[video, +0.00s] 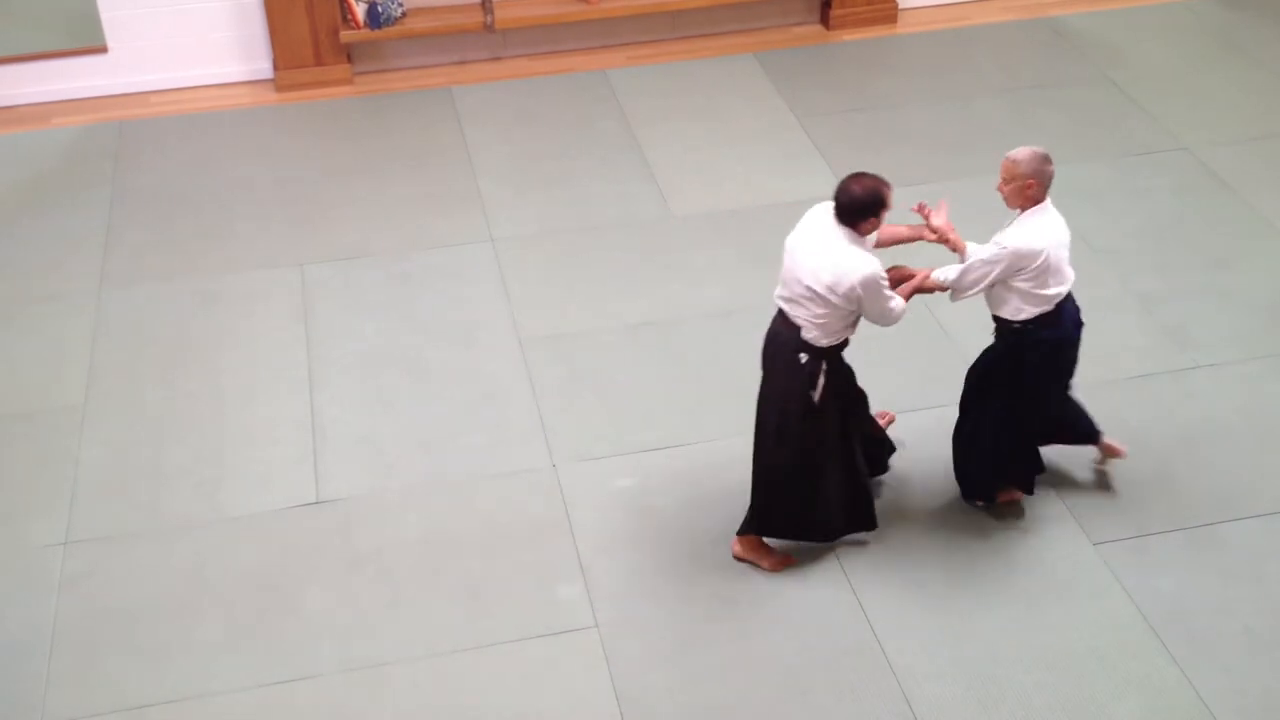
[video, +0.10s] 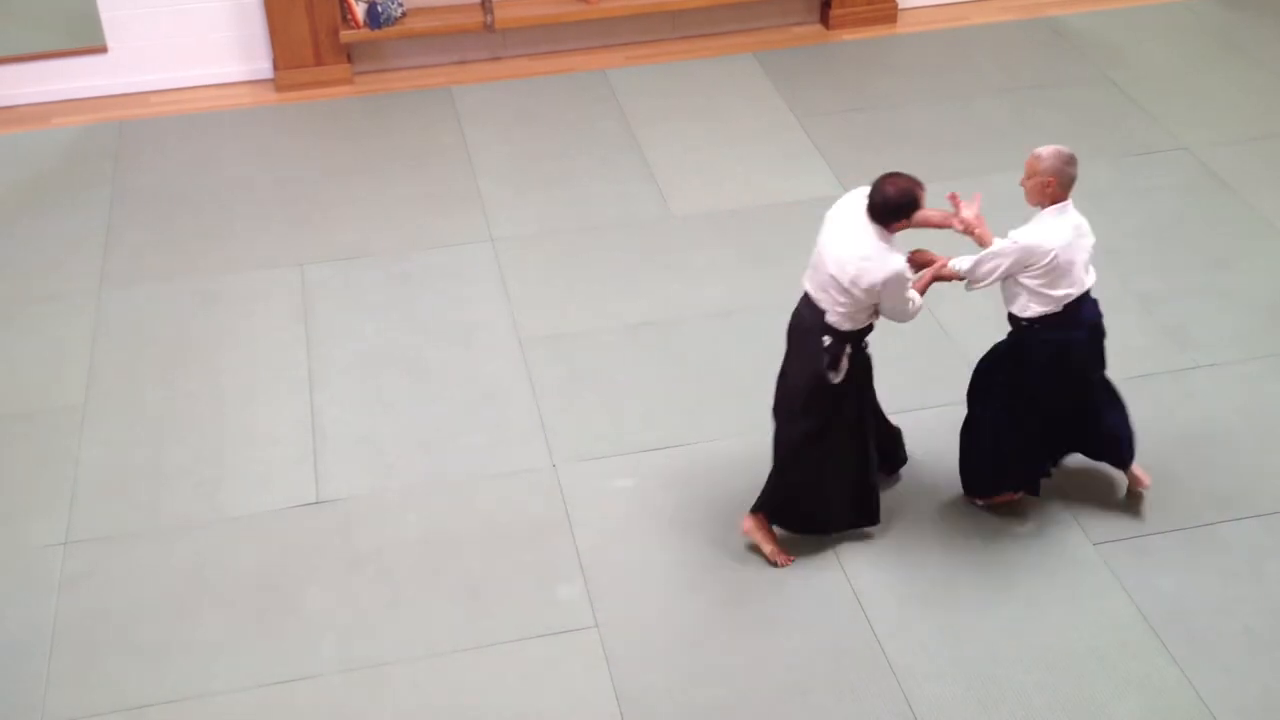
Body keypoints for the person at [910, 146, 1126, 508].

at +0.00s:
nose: (999, 187)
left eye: (1006, 181)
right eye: (1001, 179)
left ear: (1031, 189)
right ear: (1033, 188)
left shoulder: (1020, 241)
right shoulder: (1049, 219)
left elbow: (966, 277)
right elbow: (995, 259)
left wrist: (917, 280)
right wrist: (952, 239)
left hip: (1030, 339)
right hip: (1059, 324)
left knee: (986, 396)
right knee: (1042, 399)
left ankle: (1005, 485)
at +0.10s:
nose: (1021, 182)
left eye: (1027, 176)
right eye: (1024, 174)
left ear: (1048, 186)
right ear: (1058, 186)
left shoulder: (1032, 240)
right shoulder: (1075, 222)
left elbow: (980, 270)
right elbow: (1015, 259)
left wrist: (936, 266)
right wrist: (979, 231)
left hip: (1042, 341)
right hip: (1084, 329)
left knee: (988, 387)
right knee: (1090, 397)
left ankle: (1004, 483)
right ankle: (1128, 466)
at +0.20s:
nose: (1046, 179)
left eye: (1050, 173)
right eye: (1049, 172)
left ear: (1065, 184)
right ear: (1089, 184)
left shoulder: (1044, 237)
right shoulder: (1103, 226)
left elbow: (994, 263)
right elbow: (1046, 251)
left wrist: (961, 257)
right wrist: (1009, 221)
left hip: (1052, 343)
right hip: (1101, 335)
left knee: (1004, 392)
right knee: (1100, 409)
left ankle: (1002, 482)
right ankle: (1122, 487)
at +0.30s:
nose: (1072, 179)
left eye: (1075, 174)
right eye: (1074, 173)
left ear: (1087, 184)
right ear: (1116, 185)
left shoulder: (1058, 234)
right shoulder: (1129, 230)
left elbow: (1014, 255)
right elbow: (1078, 242)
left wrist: (997, 245)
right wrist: (1044, 215)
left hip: (1063, 339)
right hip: (1118, 336)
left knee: (1018, 404)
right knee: (1116, 411)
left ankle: (1007, 485)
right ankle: (1124, 488)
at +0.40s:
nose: (1094, 177)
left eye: (1097, 172)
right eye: (1097, 171)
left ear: (1105, 182)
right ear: (1139, 187)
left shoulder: (1074, 231)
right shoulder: (1149, 232)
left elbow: (1038, 251)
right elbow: (1101, 241)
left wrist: (1031, 237)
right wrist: (1076, 208)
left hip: (1074, 336)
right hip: (1126, 336)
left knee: (1040, 404)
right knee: (1128, 412)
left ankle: (1015, 480)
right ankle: (1127, 493)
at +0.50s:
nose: (1102, 176)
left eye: (1106, 173)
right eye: (1104, 172)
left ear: (1116, 185)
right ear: (1150, 191)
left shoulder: (1079, 230)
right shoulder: (1161, 237)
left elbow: (1064, 251)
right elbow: (1125, 241)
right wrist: (1109, 209)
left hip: (1077, 336)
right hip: (1131, 339)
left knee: (1052, 409)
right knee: (1132, 419)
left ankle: (1029, 488)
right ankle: (1124, 492)